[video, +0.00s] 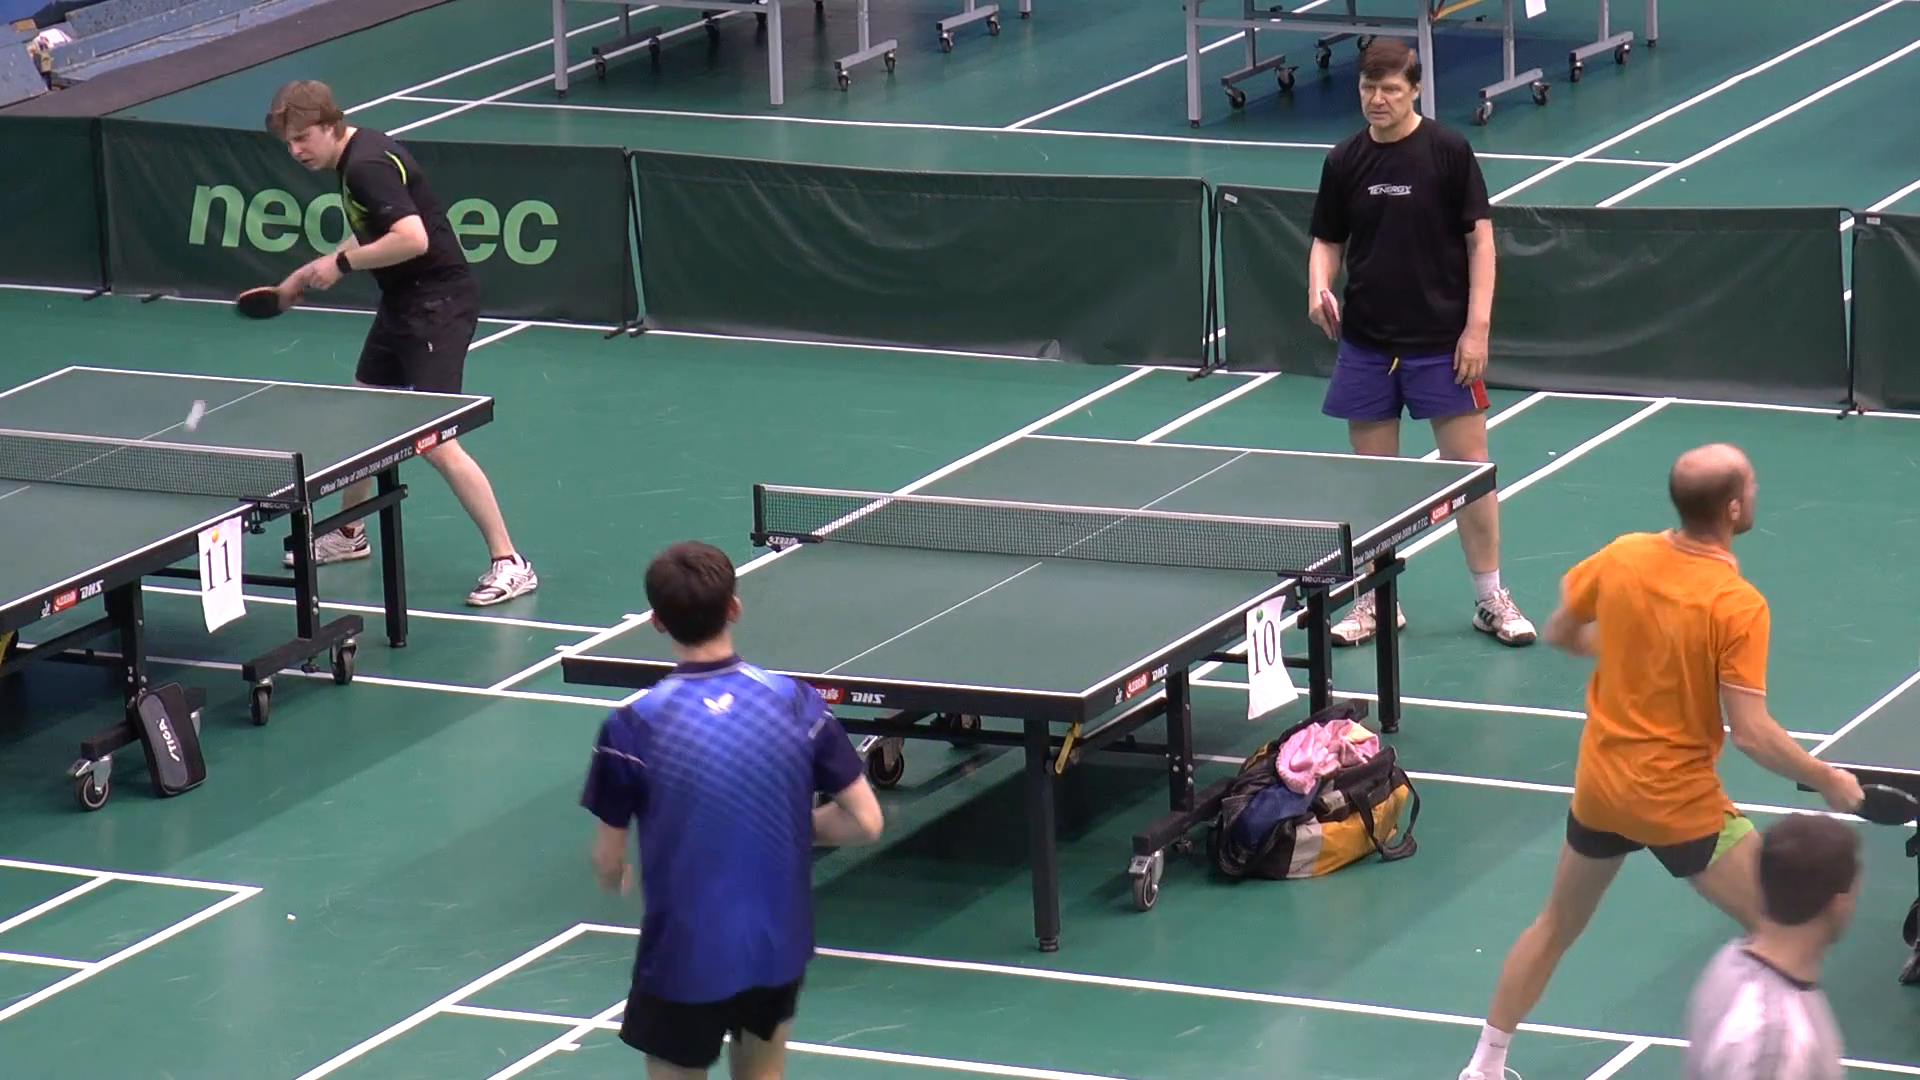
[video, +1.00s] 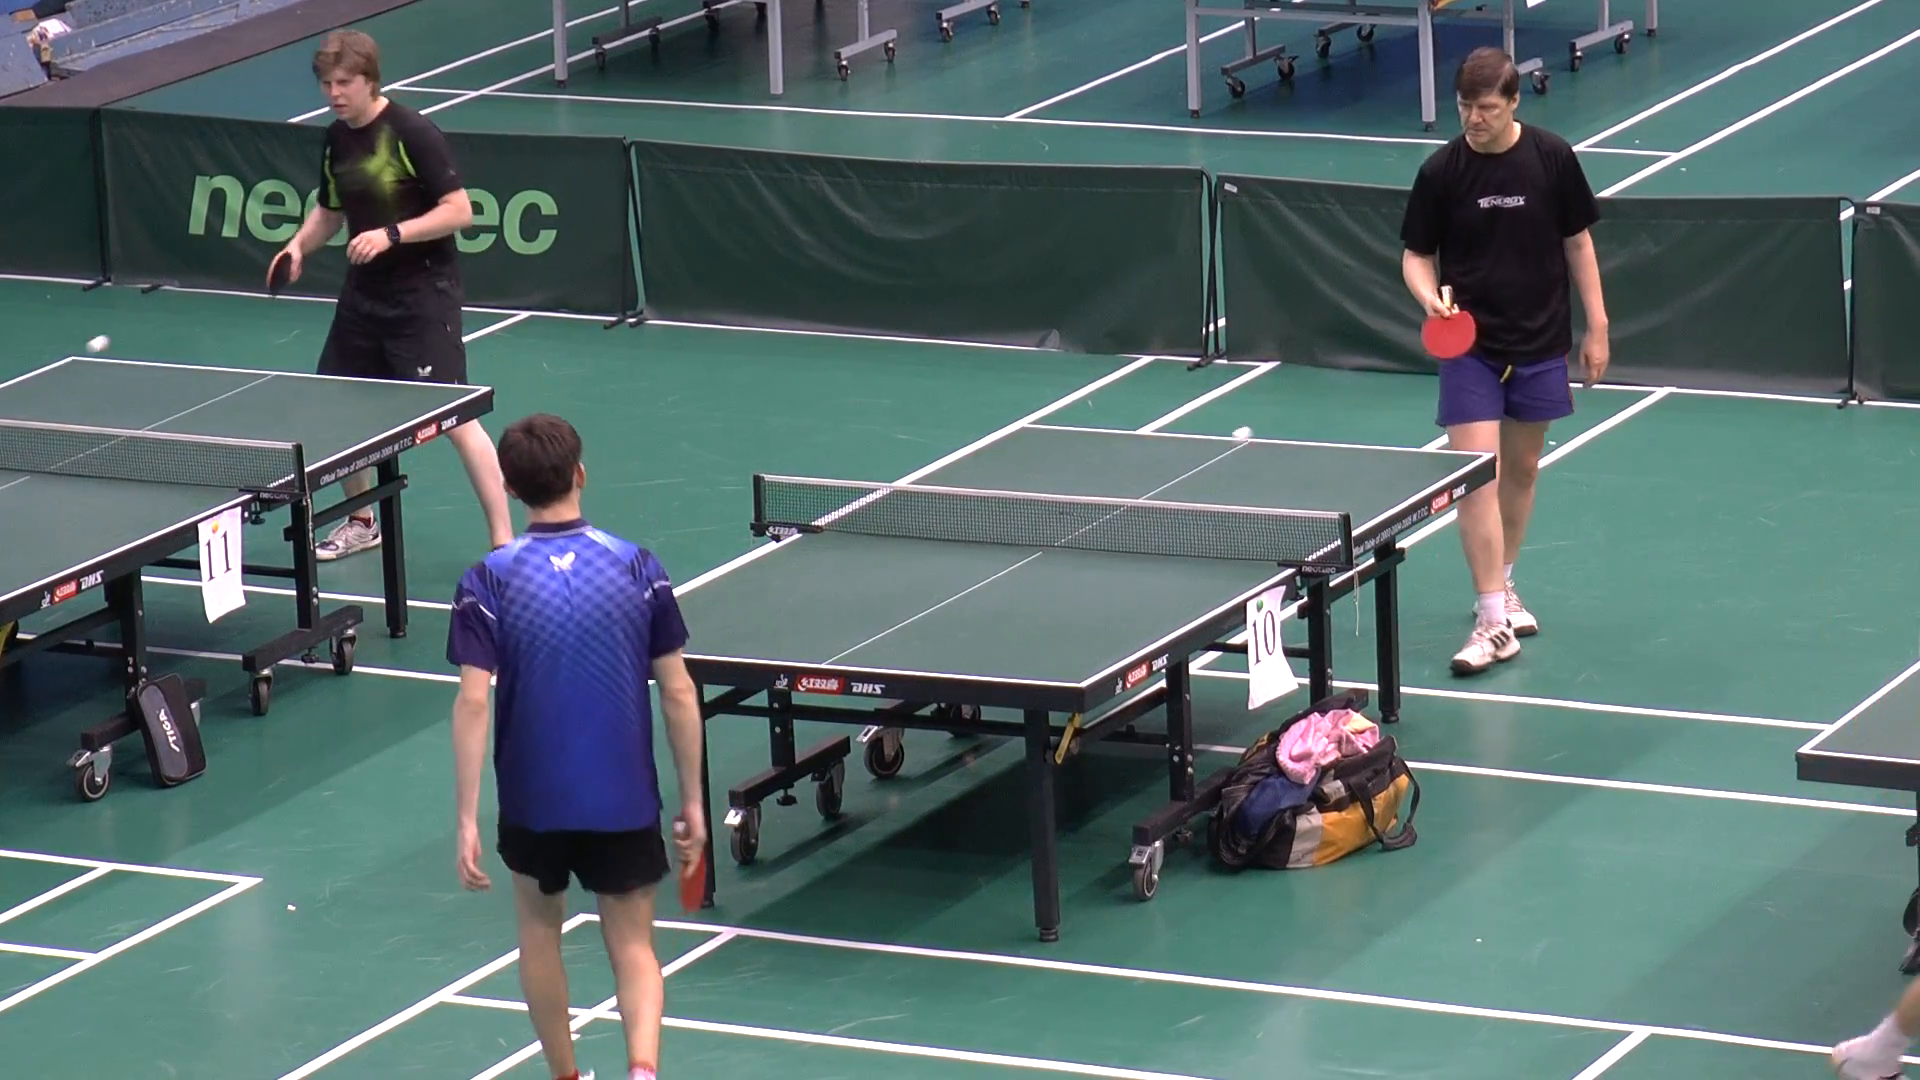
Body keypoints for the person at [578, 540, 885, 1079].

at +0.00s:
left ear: (658, 623)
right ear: (735, 607)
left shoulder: (635, 723)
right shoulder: (798, 702)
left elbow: (608, 859)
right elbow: (866, 821)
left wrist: (614, 877)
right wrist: (787, 818)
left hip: (687, 961)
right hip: (779, 952)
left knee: (675, 1069)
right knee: (763, 1063)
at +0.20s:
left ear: (616, 600)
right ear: (694, 590)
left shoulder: (586, 698)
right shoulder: (747, 686)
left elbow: (563, 809)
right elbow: (818, 805)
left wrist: (600, 763)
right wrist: (742, 781)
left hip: (640, 942)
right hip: (728, 930)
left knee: (657, 1073)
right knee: (712, 1064)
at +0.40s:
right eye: (675, 557)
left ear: (595, 570)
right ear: (670, 566)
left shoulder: (560, 664)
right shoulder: (715, 663)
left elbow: (536, 788)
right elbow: (786, 770)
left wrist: (571, 748)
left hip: (602, 900)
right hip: (688, 895)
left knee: (600, 1053)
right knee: (671, 1027)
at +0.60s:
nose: (648, 515)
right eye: (647, 507)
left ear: (571, 523)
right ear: (645, 519)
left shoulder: (537, 617)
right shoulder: (689, 608)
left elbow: (506, 755)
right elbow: (762, 693)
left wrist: (517, 809)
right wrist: (756, 665)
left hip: (575, 853)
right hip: (667, 851)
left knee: (565, 978)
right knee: (661, 1004)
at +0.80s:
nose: (615, 498)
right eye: (615, 490)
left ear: (545, 509)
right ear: (613, 501)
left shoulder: (513, 603)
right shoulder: (664, 593)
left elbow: (492, 736)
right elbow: (731, 695)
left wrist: (483, 849)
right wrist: (740, 743)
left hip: (560, 836)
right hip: (653, 832)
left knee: (553, 972)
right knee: (655, 991)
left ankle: (554, 1072)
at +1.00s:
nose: (578, 474)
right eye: (580, 465)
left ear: (512, 486)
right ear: (578, 475)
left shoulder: (490, 579)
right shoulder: (637, 566)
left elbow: (473, 701)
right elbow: (678, 692)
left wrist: (467, 817)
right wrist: (693, 800)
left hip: (534, 806)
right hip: (622, 804)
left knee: (539, 933)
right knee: (633, 944)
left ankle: (564, 1071)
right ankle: (644, 1071)